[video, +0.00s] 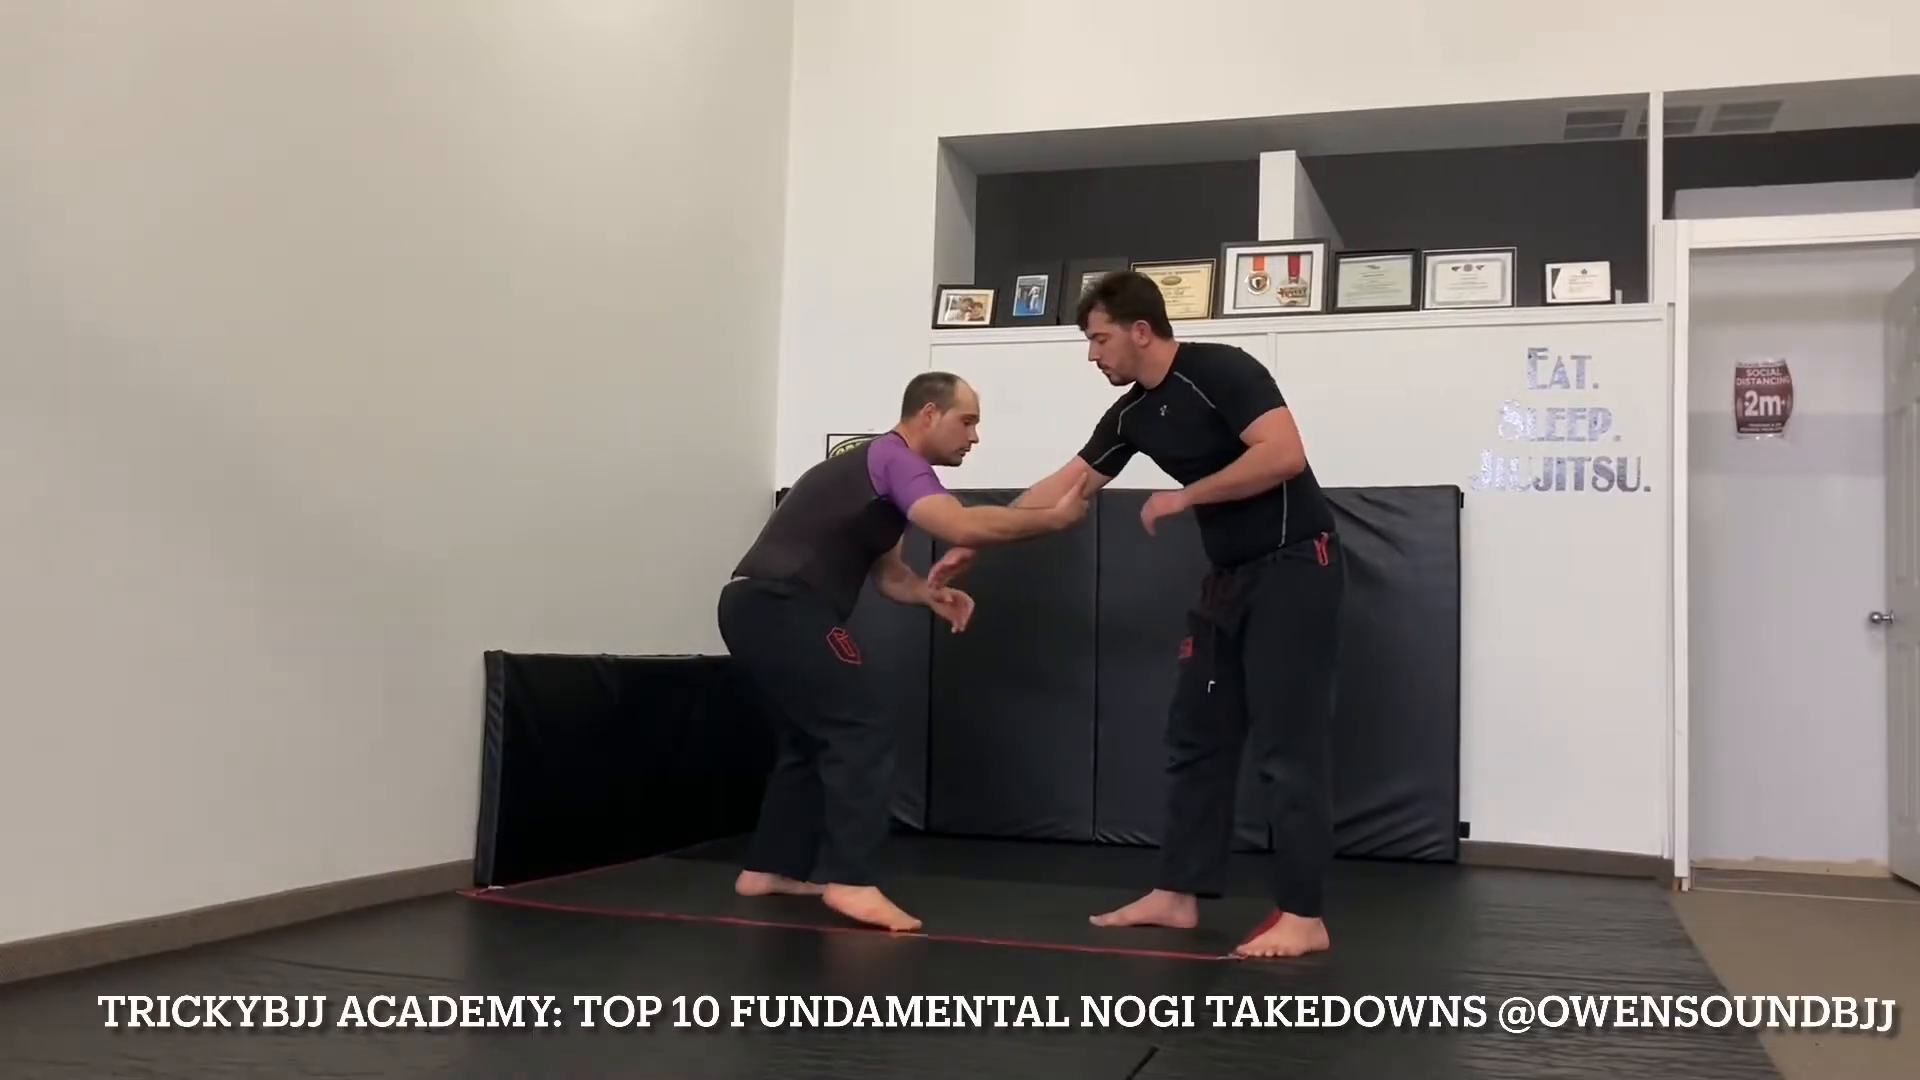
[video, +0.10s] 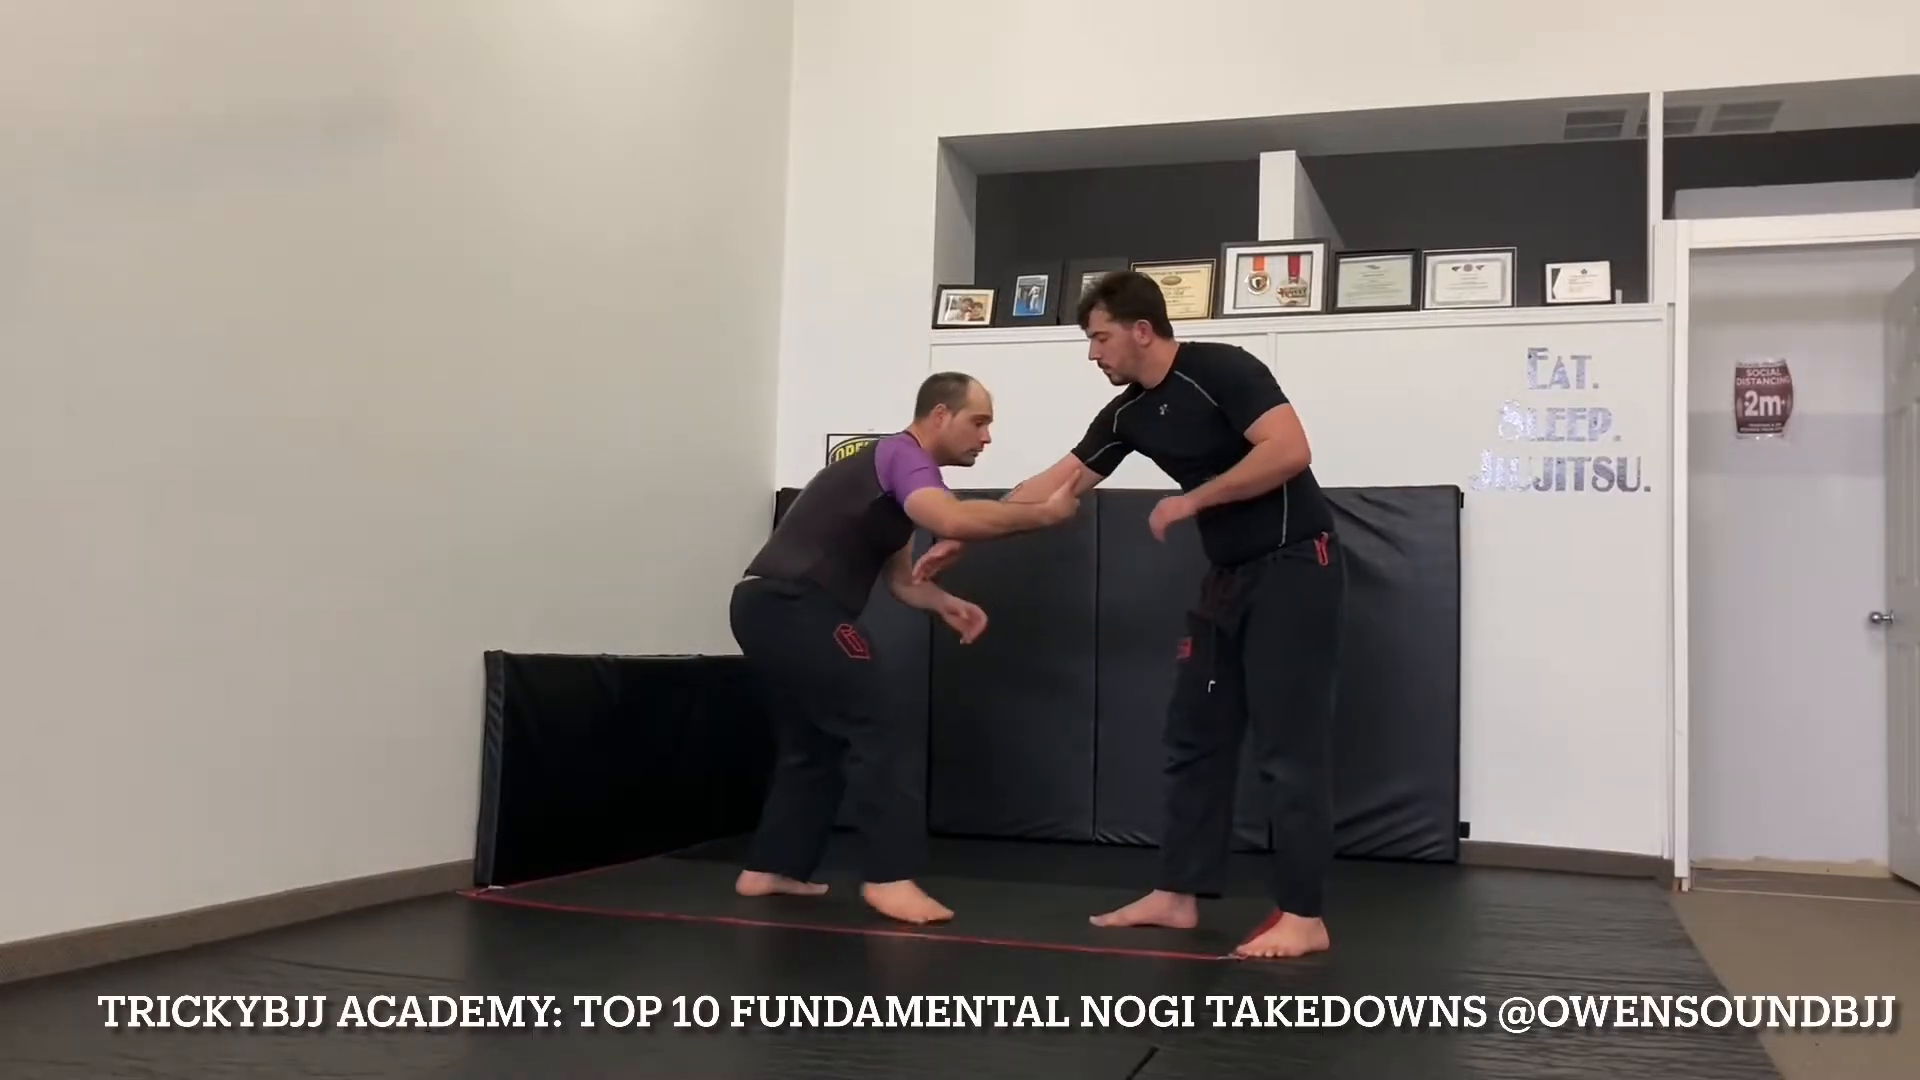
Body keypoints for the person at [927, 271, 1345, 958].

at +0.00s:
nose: (1092, 354)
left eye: (1099, 339)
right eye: (1089, 341)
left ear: (1141, 331)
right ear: (1133, 337)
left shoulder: (1223, 370)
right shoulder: (1130, 415)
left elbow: (1286, 453)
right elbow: (1062, 489)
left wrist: (1188, 495)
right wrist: (975, 543)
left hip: (1297, 566)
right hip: (1232, 574)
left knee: (1287, 743)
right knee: (1199, 734)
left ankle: (1304, 916)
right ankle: (1177, 895)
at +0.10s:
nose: (1092, 352)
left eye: (1101, 337)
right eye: (1090, 339)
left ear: (1143, 332)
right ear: (1129, 337)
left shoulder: (1224, 369)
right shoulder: (1126, 414)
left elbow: (1290, 449)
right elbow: (1055, 486)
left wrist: (1194, 499)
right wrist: (966, 536)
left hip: (1297, 564)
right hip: (1230, 574)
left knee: (1289, 742)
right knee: (1198, 732)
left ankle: (1304, 915)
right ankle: (1177, 894)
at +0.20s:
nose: (1090, 352)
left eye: (1098, 337)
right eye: (1088, 339)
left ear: (1141, 331)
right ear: (1127, 337)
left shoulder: (1222, 368)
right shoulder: (1122, 414)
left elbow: (1293, 444)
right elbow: (1051, 487)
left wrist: (1204, 501)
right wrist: (960, 536)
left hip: (1296, 563)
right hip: (1228, 573)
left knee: (1289, 743)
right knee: (1196, 733)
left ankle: (1304, 915)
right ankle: (1177, 894)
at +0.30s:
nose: (1089, 351)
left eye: (1096, 336)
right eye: (1085, 339)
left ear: (1139, 329)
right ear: (1125, 336)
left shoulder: (1218, 366)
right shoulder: (1117, 415)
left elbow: (1295, 439)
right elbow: (1049, 495)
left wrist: (1211, 501)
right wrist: (970, 543)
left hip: (1294, 562)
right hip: (1226, 571)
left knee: (1290, 742)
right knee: (1193, 733)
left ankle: (1304, 915)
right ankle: (1177, 894)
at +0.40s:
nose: (1087, 351)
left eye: (1095, 335)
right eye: (1083, 339)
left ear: (1138, 327)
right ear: (1124, 334)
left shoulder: (1219, 365)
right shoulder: (1118, 416)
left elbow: (1298, 435)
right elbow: (1060, 503)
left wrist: (1217, 500)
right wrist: (986, 554)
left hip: (1293, 561)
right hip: (1224, 569)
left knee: (1289, 741)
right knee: (1189, 732)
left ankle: (1304, 915)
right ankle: (1176, 895)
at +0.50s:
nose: (1088, 350)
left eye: (1095, 333)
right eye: (1084, 336)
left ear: (1140, 325)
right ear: (1120, 333)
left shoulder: (1220, 361)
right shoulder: (1120, 415)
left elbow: (1304, 433)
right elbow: (1077, 507)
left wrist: (1221, 500)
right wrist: (1008, 565)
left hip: (1289, 564)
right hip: (1219, 573)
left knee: (1288, 741)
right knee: (1188, 731)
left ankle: (1302, 914)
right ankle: (1177, 895)